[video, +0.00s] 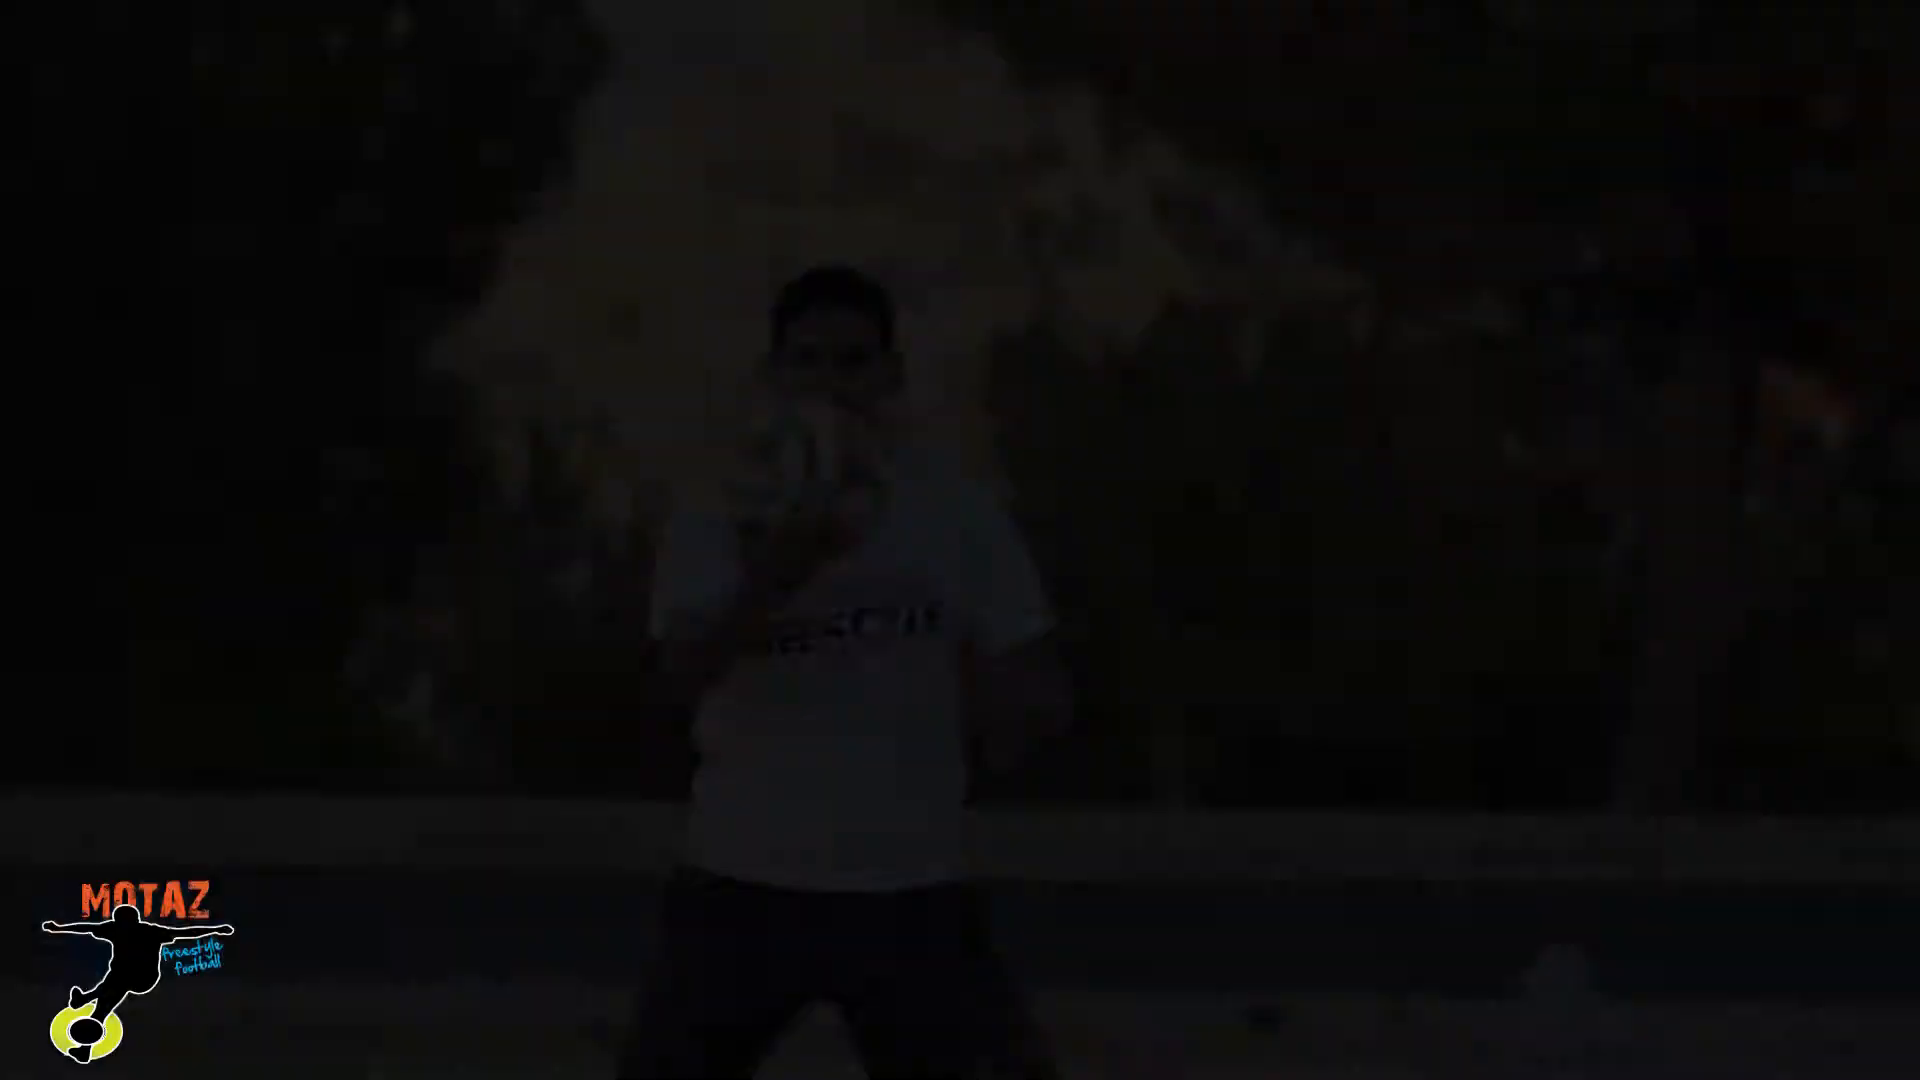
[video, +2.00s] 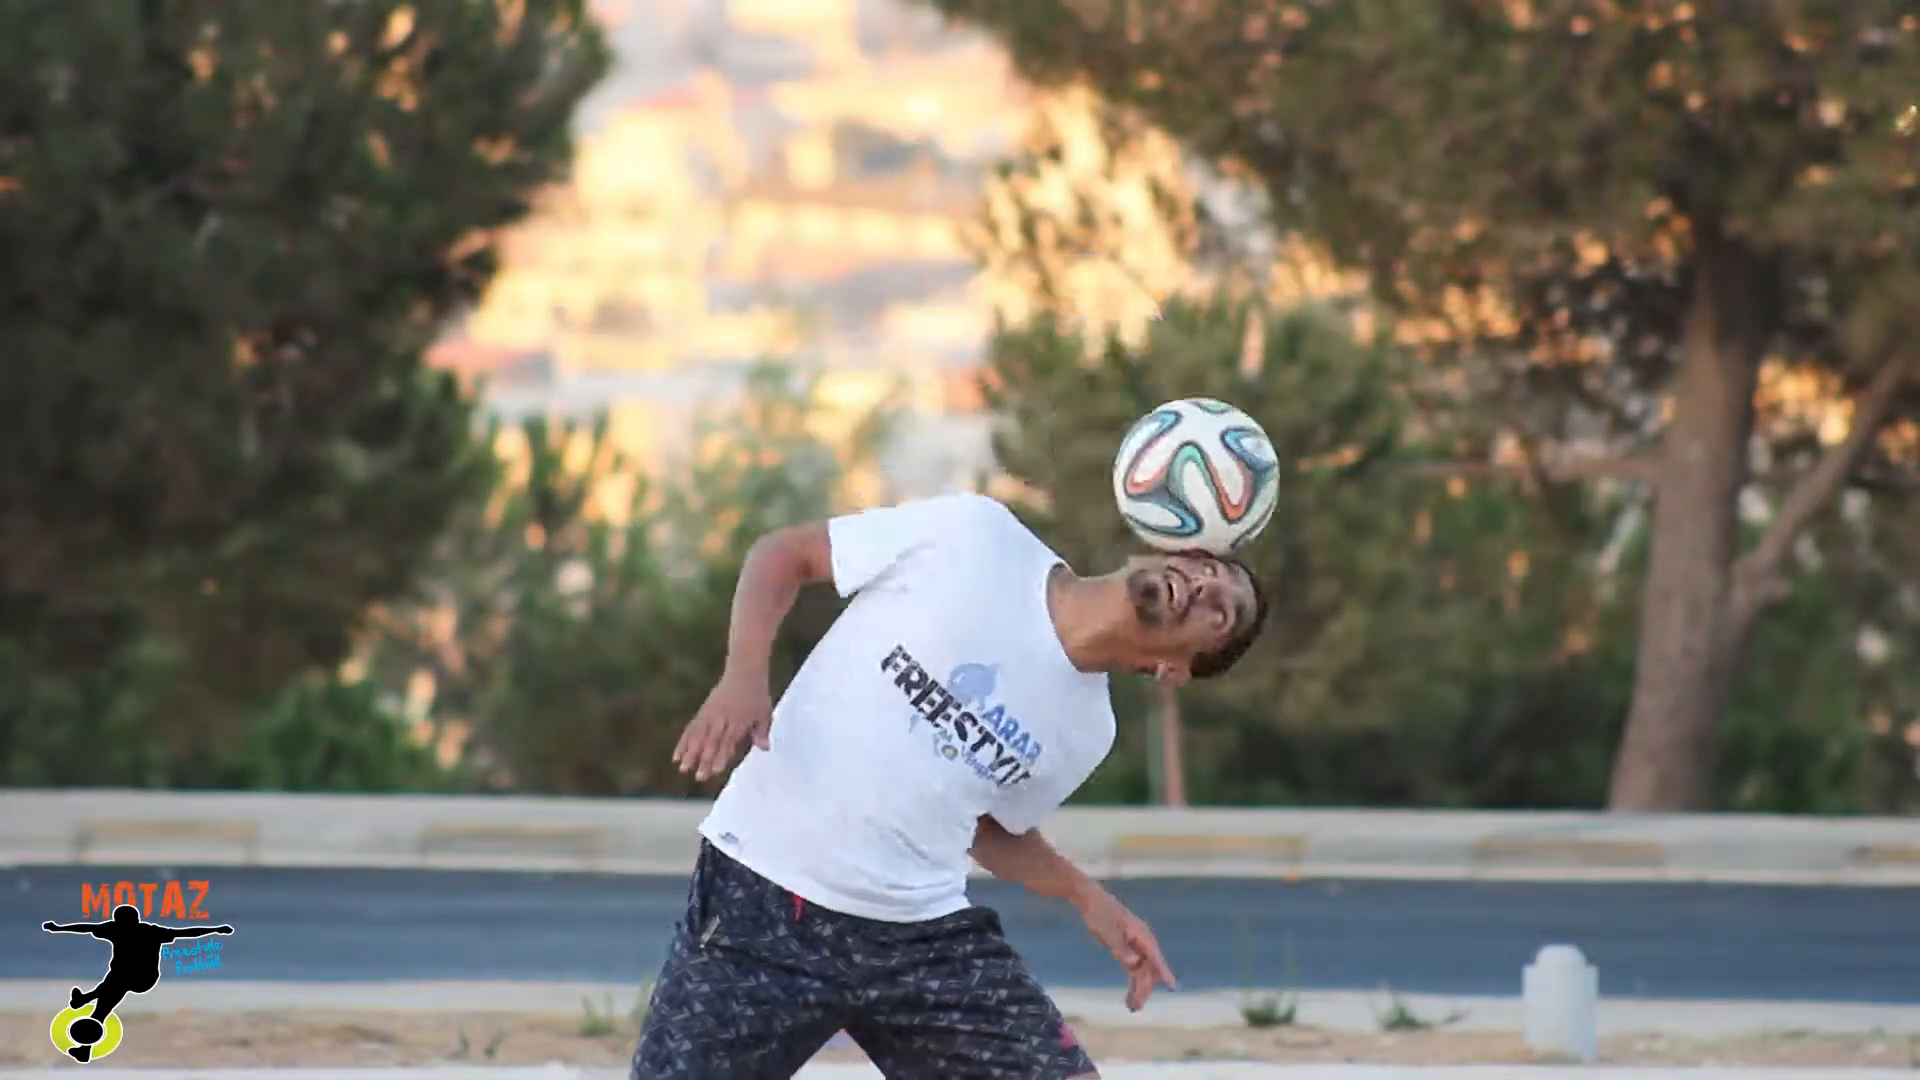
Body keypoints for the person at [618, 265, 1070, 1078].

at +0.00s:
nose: (834, 383)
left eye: (856, 358)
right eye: (811, 360)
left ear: (891, 372)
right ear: (777, 375)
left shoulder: (945, 504)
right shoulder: (730, 501)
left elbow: (1027, 683)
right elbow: (677, 680)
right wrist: (775, 577)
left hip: (910, 881)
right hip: (745, 878)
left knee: (972, 1063)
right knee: (671, 1064)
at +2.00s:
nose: (1200, 584)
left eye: (1220, 611)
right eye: (1206, 567)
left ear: (1174, 668)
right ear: (1158, 556)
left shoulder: (1086, 731)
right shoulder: (970, 532)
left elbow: (992, 831)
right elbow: (782, 553)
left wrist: (1088, 895)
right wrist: (743, 677)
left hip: (925, 944)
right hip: (760, 909)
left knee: (1061, 1072)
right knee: (672, 1071)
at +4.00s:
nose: (829, 766)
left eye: (856, 771)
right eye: (832, 744)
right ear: (840, 664)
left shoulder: (958, 682)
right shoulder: (737, 593)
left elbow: (992, 776)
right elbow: (616, 546)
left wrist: (1031, 908)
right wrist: (620, 686)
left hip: (872, 954)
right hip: (694, 948)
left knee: (992, 1068)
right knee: (640, 1068)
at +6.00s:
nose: (1331, 474)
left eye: (1365, 494)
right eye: (1338, 461)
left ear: (1347, 570)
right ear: (1291, 474)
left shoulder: (1298, 672)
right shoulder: (1115, 508)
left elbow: (1270, 823)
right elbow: (942, 589)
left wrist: (1394, 940)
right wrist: (993, 643)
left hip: (1174, 967)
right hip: (987, 947)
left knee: (1296, 1072)